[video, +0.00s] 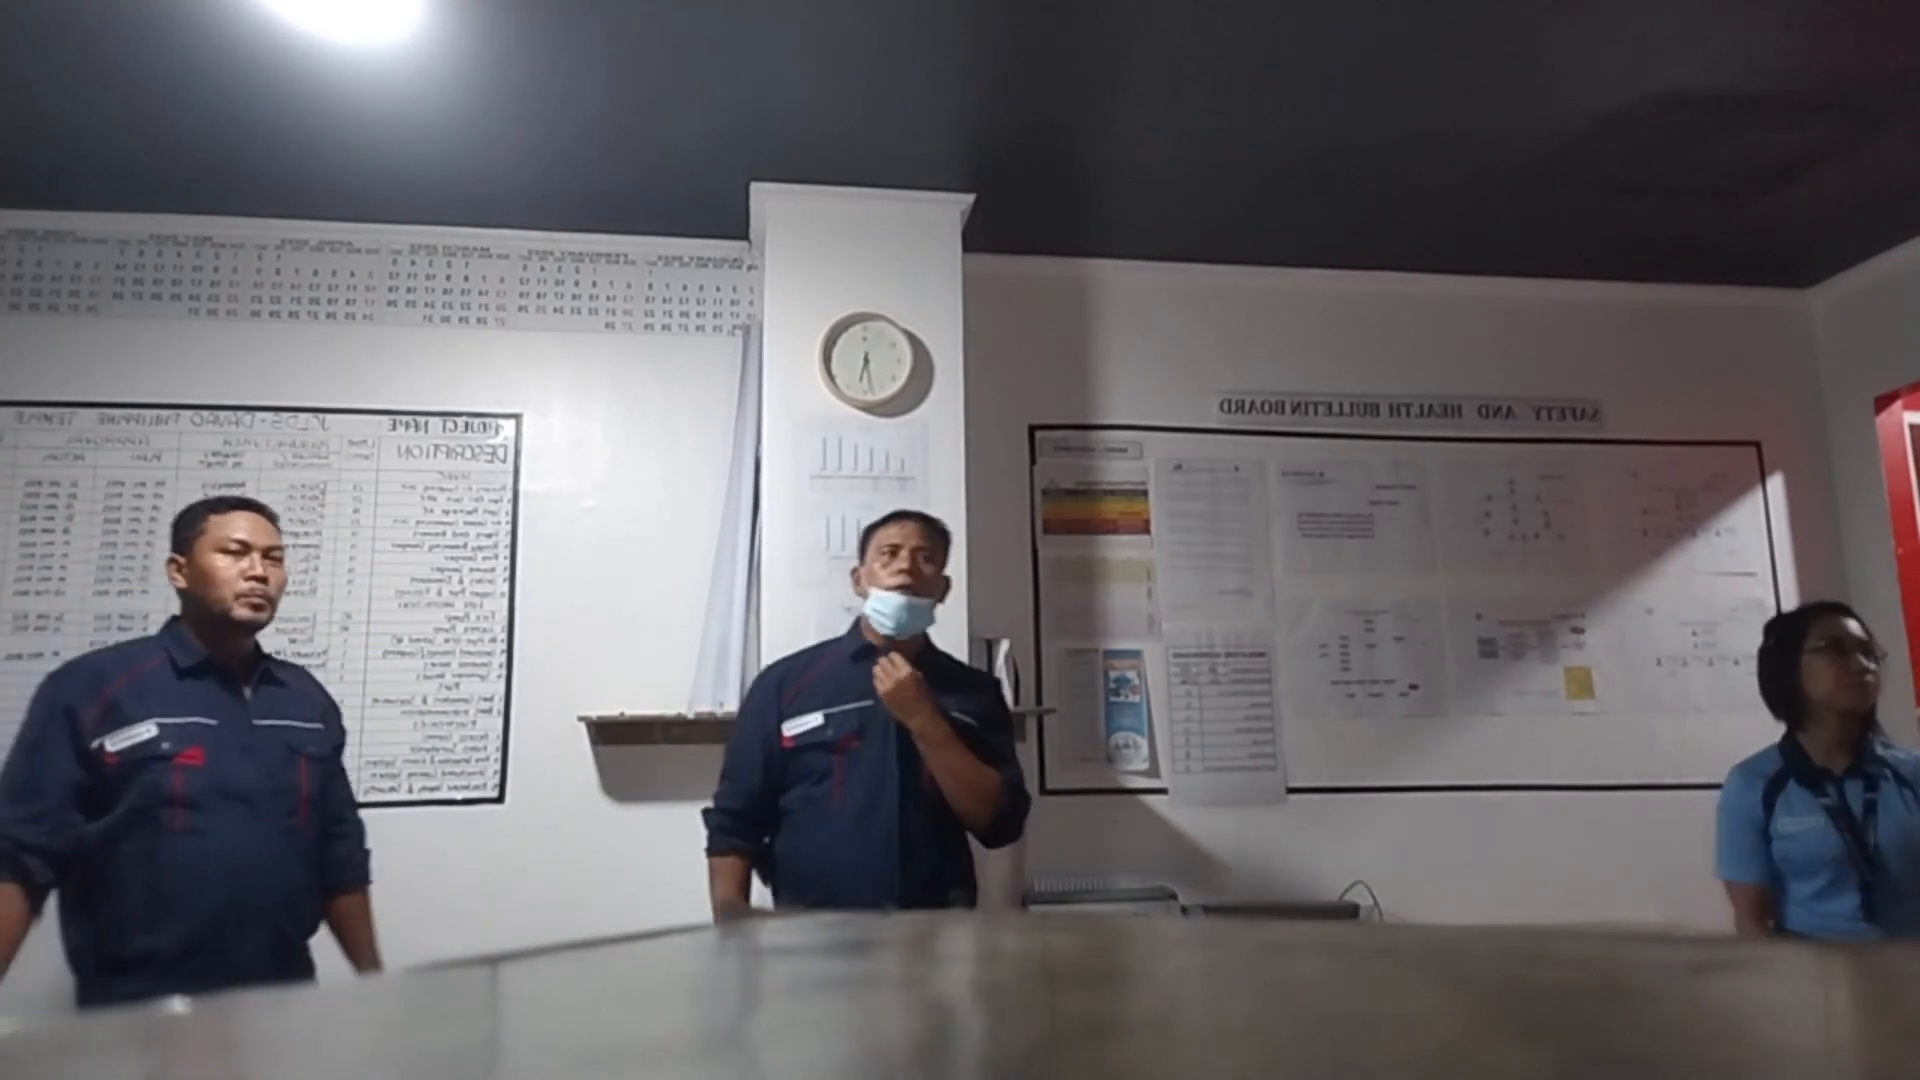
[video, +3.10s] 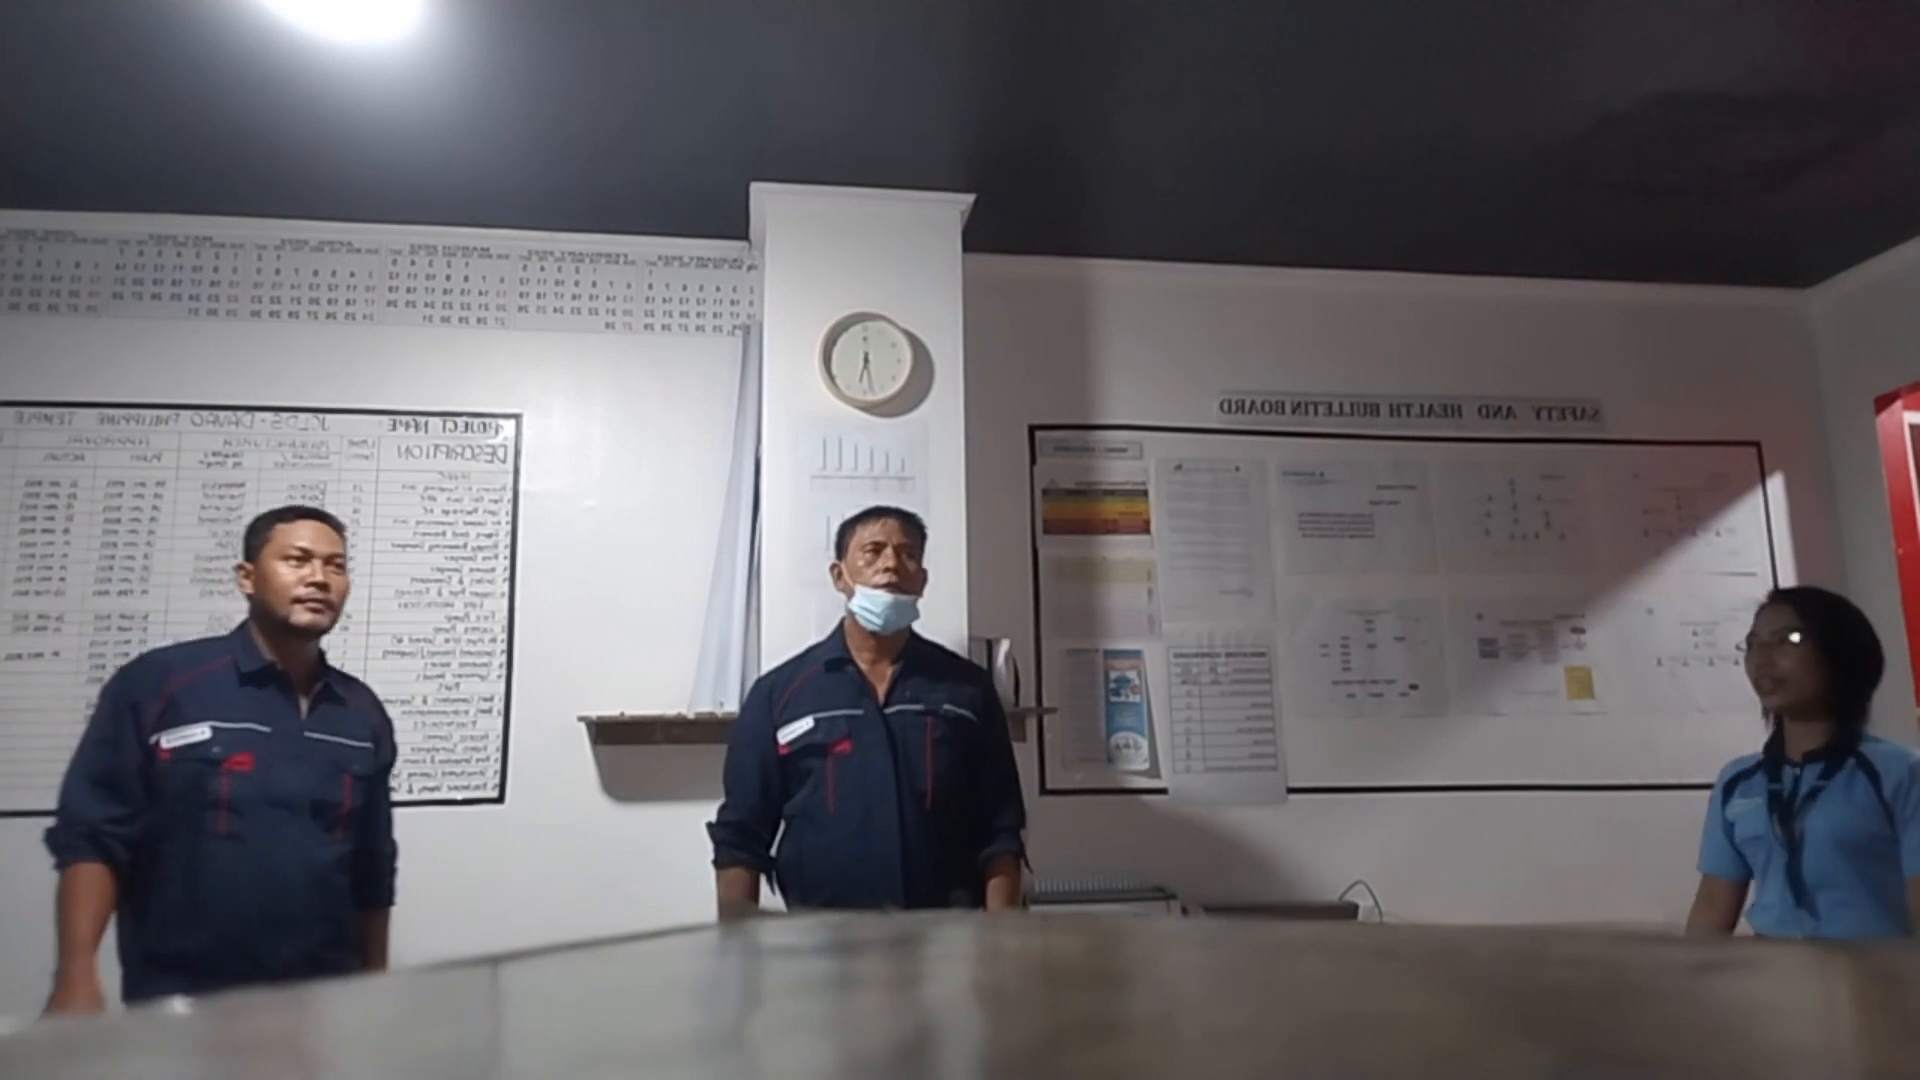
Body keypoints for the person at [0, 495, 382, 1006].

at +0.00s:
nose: (259, 572)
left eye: (273, 558)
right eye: (234, 552)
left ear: (285, 576)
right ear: (179, 571)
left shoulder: (307, 702)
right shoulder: (84, 694)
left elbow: (339, 860)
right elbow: (20, 870)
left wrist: (377, 986)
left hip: (280, 1011)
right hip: (135, 1018)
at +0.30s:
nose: (309, 583)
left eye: (325, 570)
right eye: (287, 564)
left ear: (338, 589)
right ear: (240, 581)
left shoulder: (362, 708)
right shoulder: (148, 698)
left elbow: (394, 858)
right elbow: (95, 864)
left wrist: (428, 983)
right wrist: (68, 1006)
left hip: (322, 1008)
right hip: (185, 1012)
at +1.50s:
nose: (269, 569)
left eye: (283, 557)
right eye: (246, 549)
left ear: (295, 580)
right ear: (191, 567)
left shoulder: (306, 703)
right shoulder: (92, 685)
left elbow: (324, 868)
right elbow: (43, 864)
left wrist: (344, 1000)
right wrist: (28, 1026)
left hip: (264, 1012)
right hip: (123, 1014)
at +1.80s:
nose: (211, 564)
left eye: (224, 550)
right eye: (185, 543)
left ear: (234, 570)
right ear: (122, 560)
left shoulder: (238, 702)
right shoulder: (29, 680)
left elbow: (243, 861)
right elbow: (11, 849)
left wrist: (264, 990)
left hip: (205, 1017)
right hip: (58, 1021)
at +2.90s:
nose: (266, 571)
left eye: (279, 555)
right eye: (240, 554)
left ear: (294, 571)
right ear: (188, 575)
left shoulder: (310, 709)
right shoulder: (99, 691)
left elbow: (317, 871)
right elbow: (36, 869)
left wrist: (338, 1006)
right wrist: (0, 1003)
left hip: (276, 1021)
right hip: (133, 1024)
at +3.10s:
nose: (319, 578)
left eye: (335, 566)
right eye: (297, 560)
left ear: (348, 588)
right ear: (248, 578)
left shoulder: (363, 716)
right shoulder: (154, 687)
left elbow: (372, 879)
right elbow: (92, 838)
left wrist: (374, 997)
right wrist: (76, 981)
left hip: (323, 1012)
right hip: (183, 1012)